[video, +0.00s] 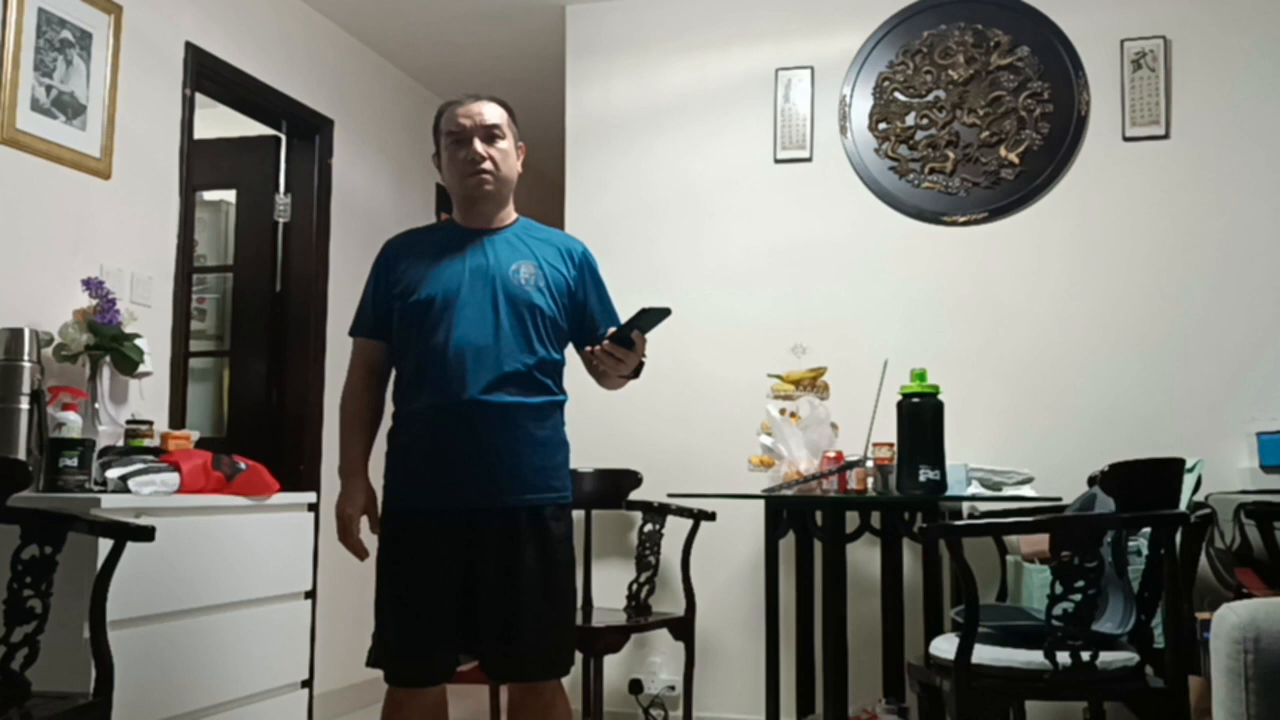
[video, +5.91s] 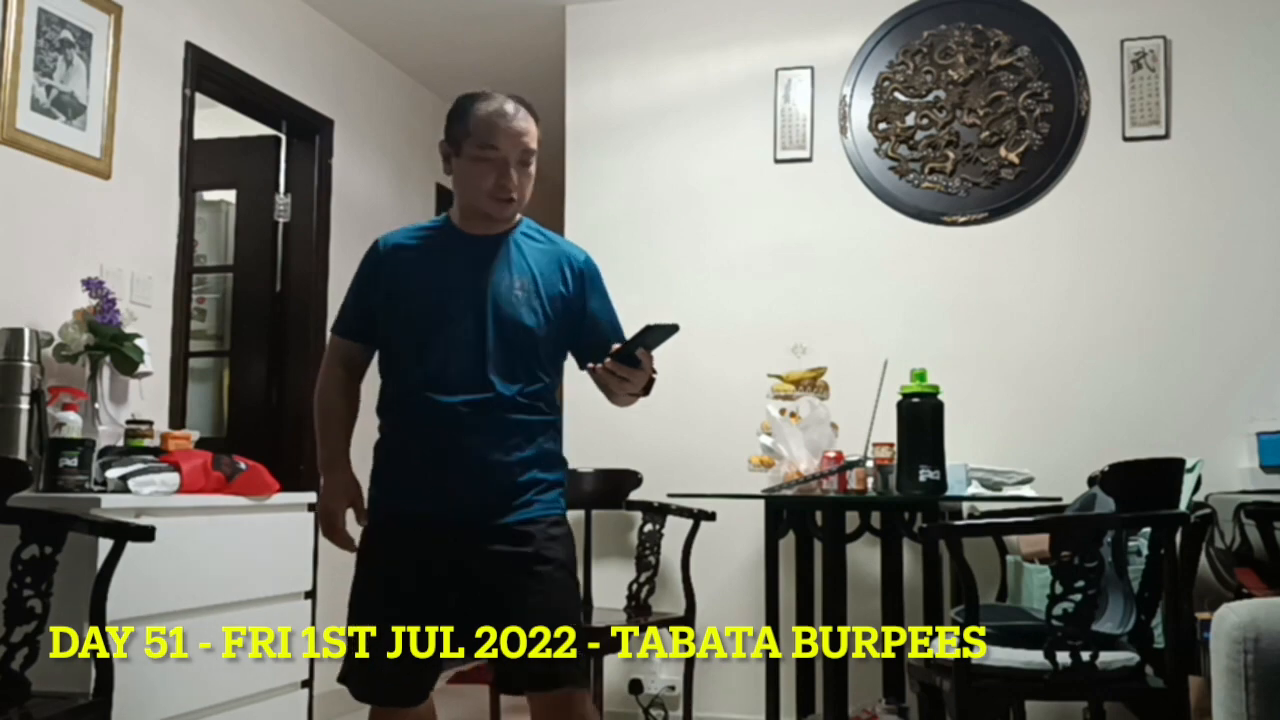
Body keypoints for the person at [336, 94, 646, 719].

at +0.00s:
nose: (476, 148)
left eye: (491, 135)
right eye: (458, 140)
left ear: (520, 157)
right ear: (439, 165)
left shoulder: (565, 254)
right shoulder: (402, 255)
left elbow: (606, 362)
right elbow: (366, 373)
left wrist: (622, 366)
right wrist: (353, 475)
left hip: (529, 496)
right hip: (422, 496)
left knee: (535, 681)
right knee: (413, 682)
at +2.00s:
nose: (476, 146)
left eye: (492, 134)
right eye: (459, 137)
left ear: (519, 158)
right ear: (437, 161)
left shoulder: (564, 253)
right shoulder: (400, 255)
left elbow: (604, 363)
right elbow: (365, 373)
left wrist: (622, 364)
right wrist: (351, 475)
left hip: (528, 496)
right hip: (421, 496)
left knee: (536, 681)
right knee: (411, 682)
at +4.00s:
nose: (477, 146)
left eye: (493, 135)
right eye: (460, 137)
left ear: (519, 159)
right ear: (437, 161)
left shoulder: (563, 253)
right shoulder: (400, 256)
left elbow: (603, 362)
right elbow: (365, 375)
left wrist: (622, 362)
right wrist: (352, 476)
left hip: (528, 496)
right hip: (421, 496)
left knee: (536, 680)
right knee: (412, 681)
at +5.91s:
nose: (509, 182)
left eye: (523, 163)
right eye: (490, 161)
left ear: (538, 167)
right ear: (449, 161)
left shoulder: (567, 266)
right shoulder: (394, 258)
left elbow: (615, 376)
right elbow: (342, 368)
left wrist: (632, 383)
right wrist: (334, 470)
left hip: (525, 516)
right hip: (411, 510)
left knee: (561, 695)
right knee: (393, 695)